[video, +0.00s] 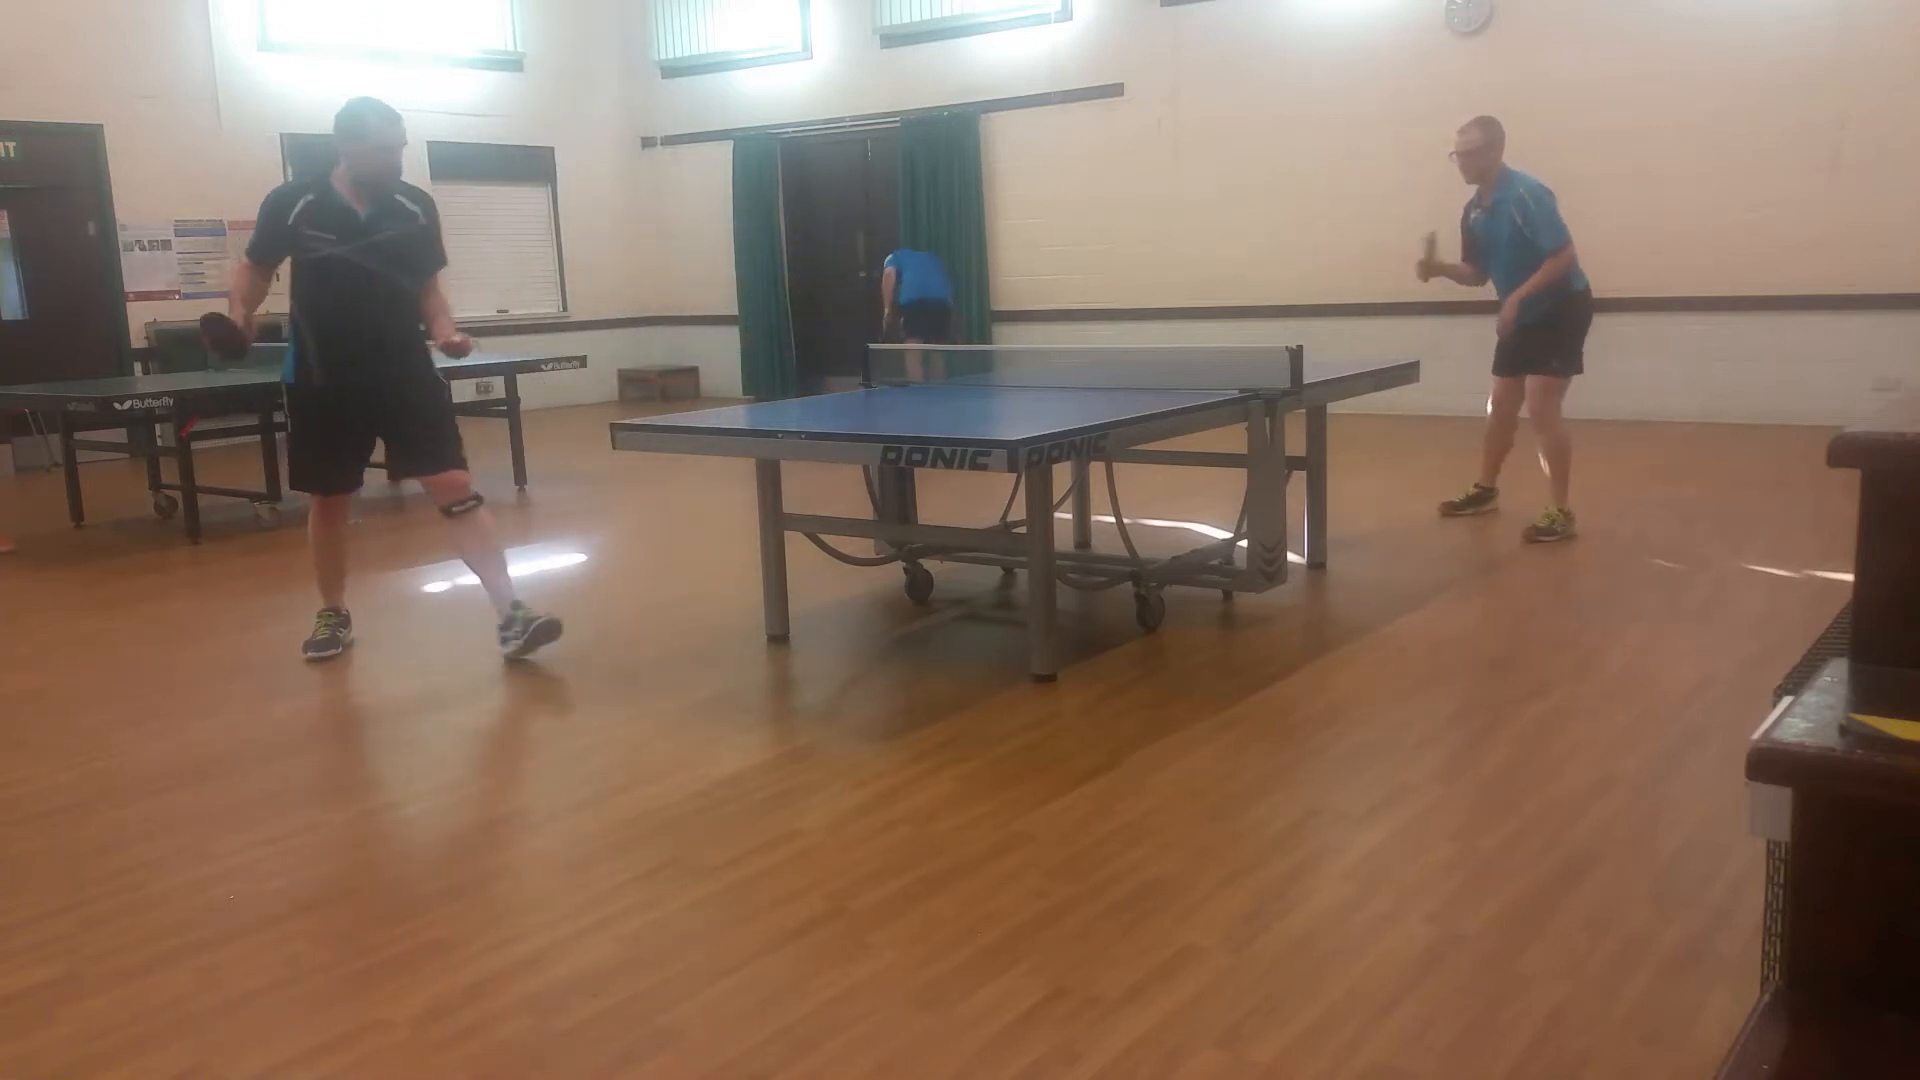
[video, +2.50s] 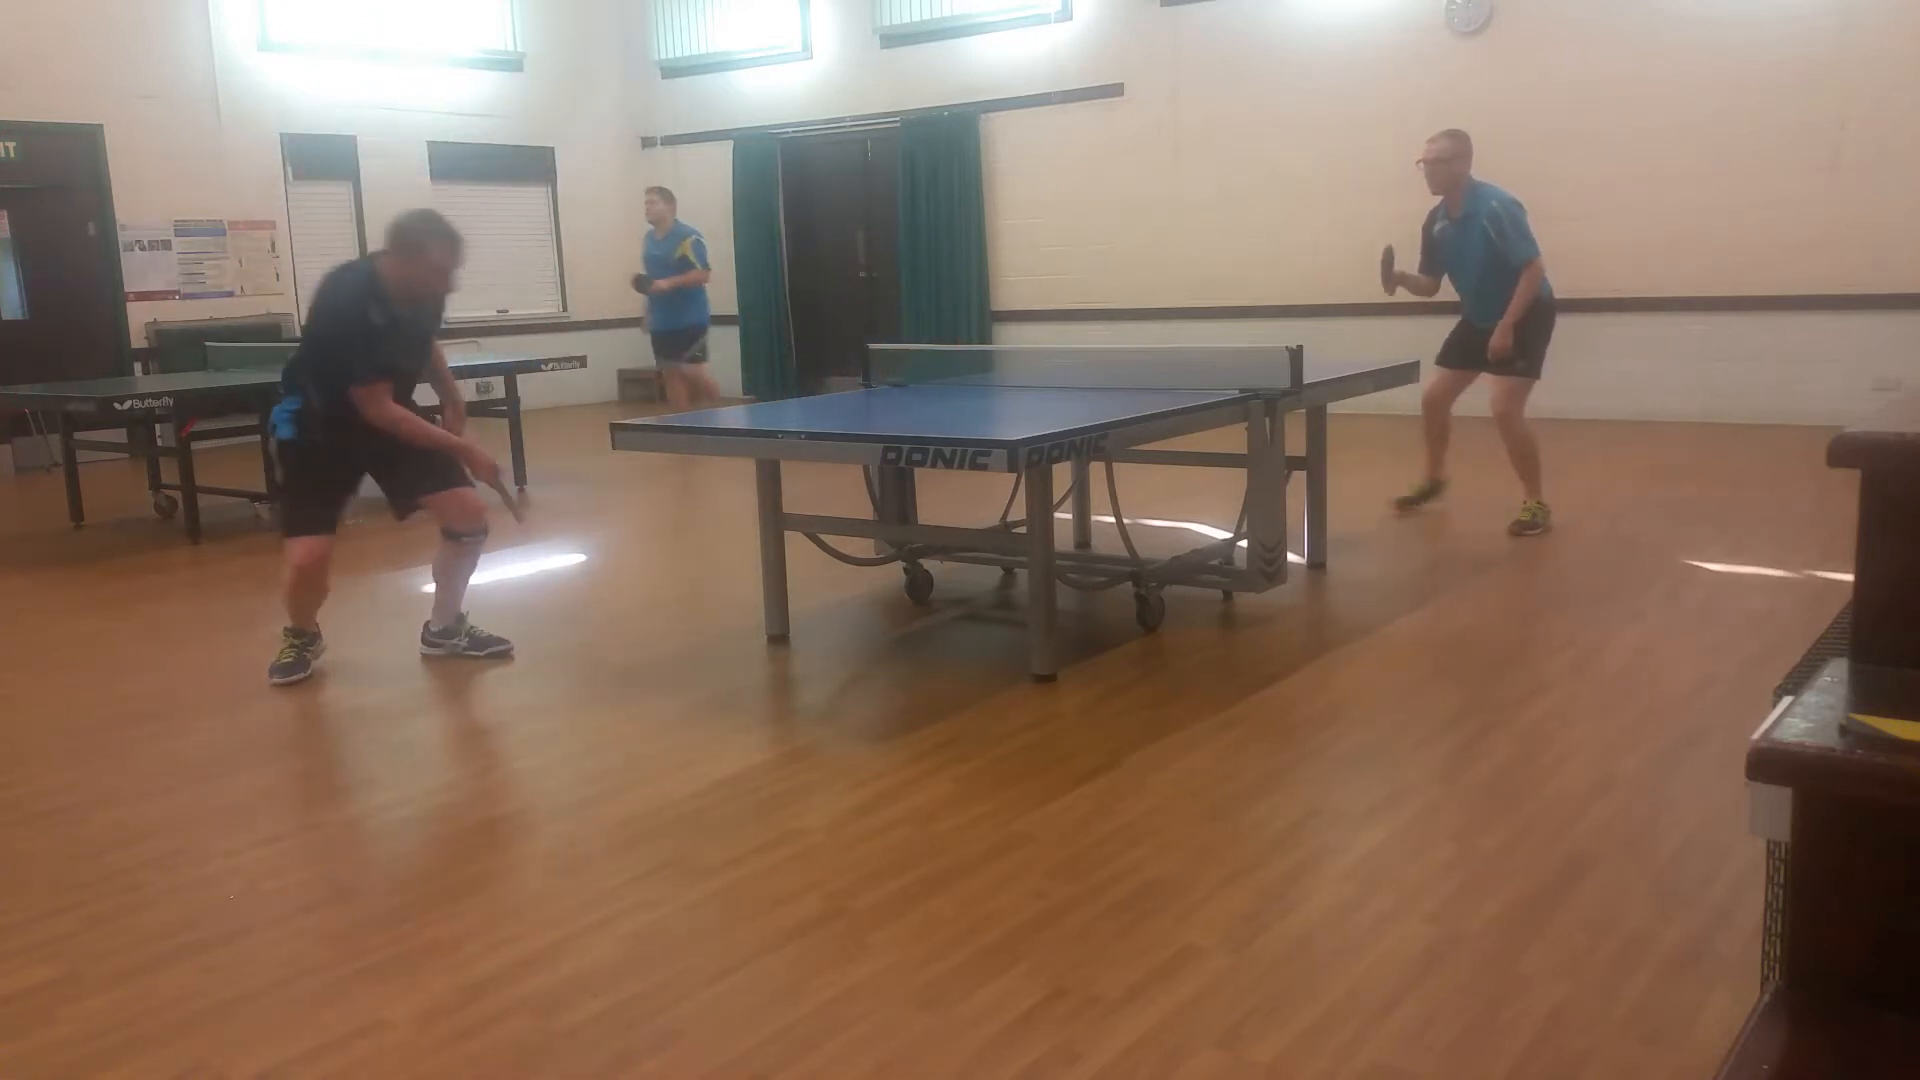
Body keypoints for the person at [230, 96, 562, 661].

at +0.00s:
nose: (398, 160)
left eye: (401, 149)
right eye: (387, 149)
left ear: (401, 146)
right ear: (346, 148)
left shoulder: (415, 207)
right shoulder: (292, 204)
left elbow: (428, 282)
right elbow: (254, 267)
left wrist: (444, 327)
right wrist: (241, 315)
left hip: (405, 371)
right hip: (327, 379)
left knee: (452, 484)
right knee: (330, 499)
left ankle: (510, 614)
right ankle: (332, 615)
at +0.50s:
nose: (512, 216)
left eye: (519, 204)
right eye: (501, 203)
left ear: (524, 200)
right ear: (464, 196)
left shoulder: (531, 257)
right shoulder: (412, 241)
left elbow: (557, 349)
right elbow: (408, 355)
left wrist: (589, 355)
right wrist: (490, 336)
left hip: (487, 382)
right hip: (406, 387)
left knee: (520, 490)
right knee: (369, 506)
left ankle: (526, 629)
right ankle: (336, 610)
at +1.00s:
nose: (560, 227)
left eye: (566, 213)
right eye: (547, 214)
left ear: (571, 210)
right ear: (508, 210)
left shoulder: (572, 268)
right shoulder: (455, 251)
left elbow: (584, 360)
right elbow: (470, 362)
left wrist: (632, 386)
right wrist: (546, 342)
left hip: (512, 379)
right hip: (431, 380)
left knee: (532, 495)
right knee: (405, 511)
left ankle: (526, 630)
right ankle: (392, 620)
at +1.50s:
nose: (547, 209)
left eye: (551, 194)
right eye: (532, 195)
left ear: (556, 191)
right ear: (495, 193)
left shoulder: (561, 254)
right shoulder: (440, 239)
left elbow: (581, 348)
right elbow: (449, 348)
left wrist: (635, 393)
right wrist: (531, 348)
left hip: (511, 375)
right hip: (430, 379)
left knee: (531, 496)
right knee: (412, 514)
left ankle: (527, 630)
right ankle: (399, 622)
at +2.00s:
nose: (370, 141)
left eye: (372, 128)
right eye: (353, 133)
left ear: (381, 131)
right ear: (322, 145)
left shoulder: (424, 193)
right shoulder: (299, 220)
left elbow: (502, 243)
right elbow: (283, 314)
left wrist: (572, 296)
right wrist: (350, 342)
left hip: (434, 374)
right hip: (347, 386)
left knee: (479, 491)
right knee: (326, 507)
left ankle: (518, 628)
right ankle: (305, 632)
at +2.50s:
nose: (448, 282)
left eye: (450, 272)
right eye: (441, 271)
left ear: (428, 263)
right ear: (403, 261)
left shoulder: (424, 288)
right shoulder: (346, 296)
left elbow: (420, 342)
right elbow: (377, 408)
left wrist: (451, 398)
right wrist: (464, 451)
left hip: (387, 415)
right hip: (319, 426)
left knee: (468, 518)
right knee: (307, 556)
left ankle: (444, 627)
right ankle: (301, 635)